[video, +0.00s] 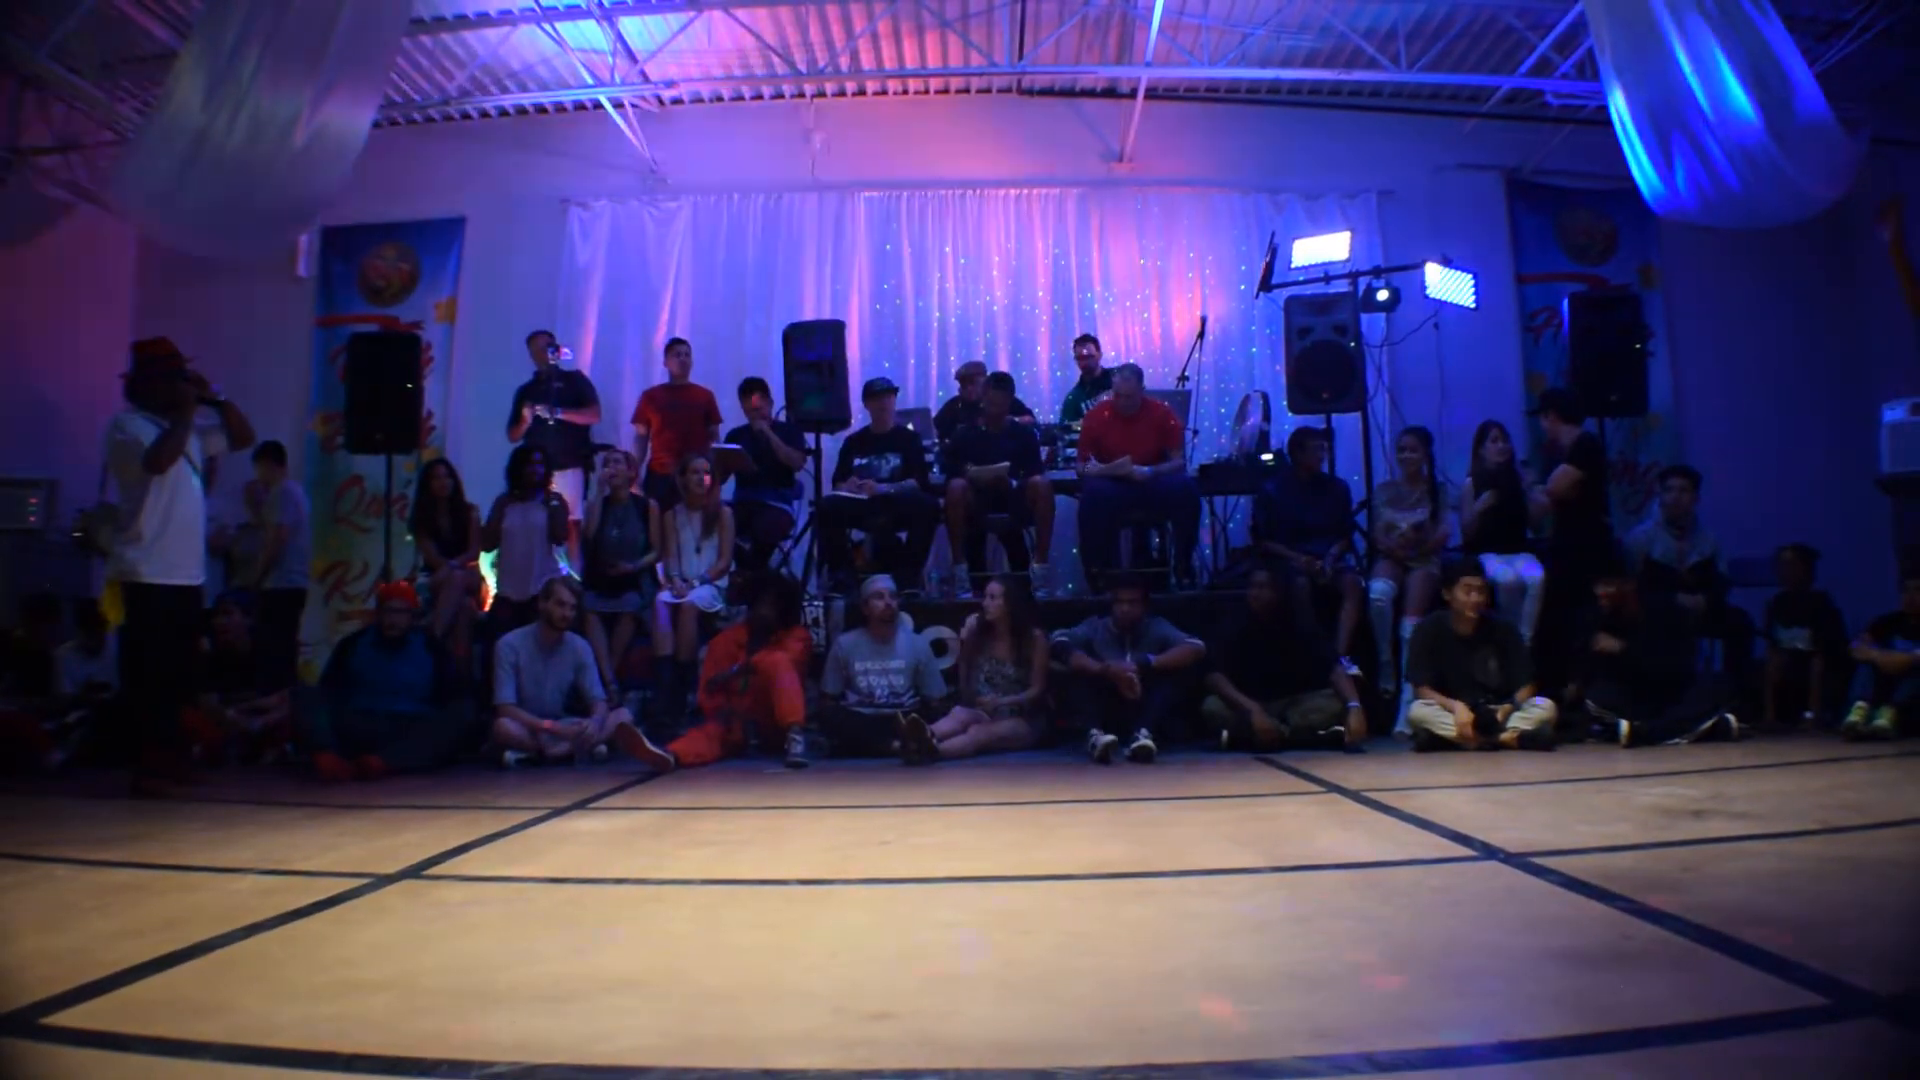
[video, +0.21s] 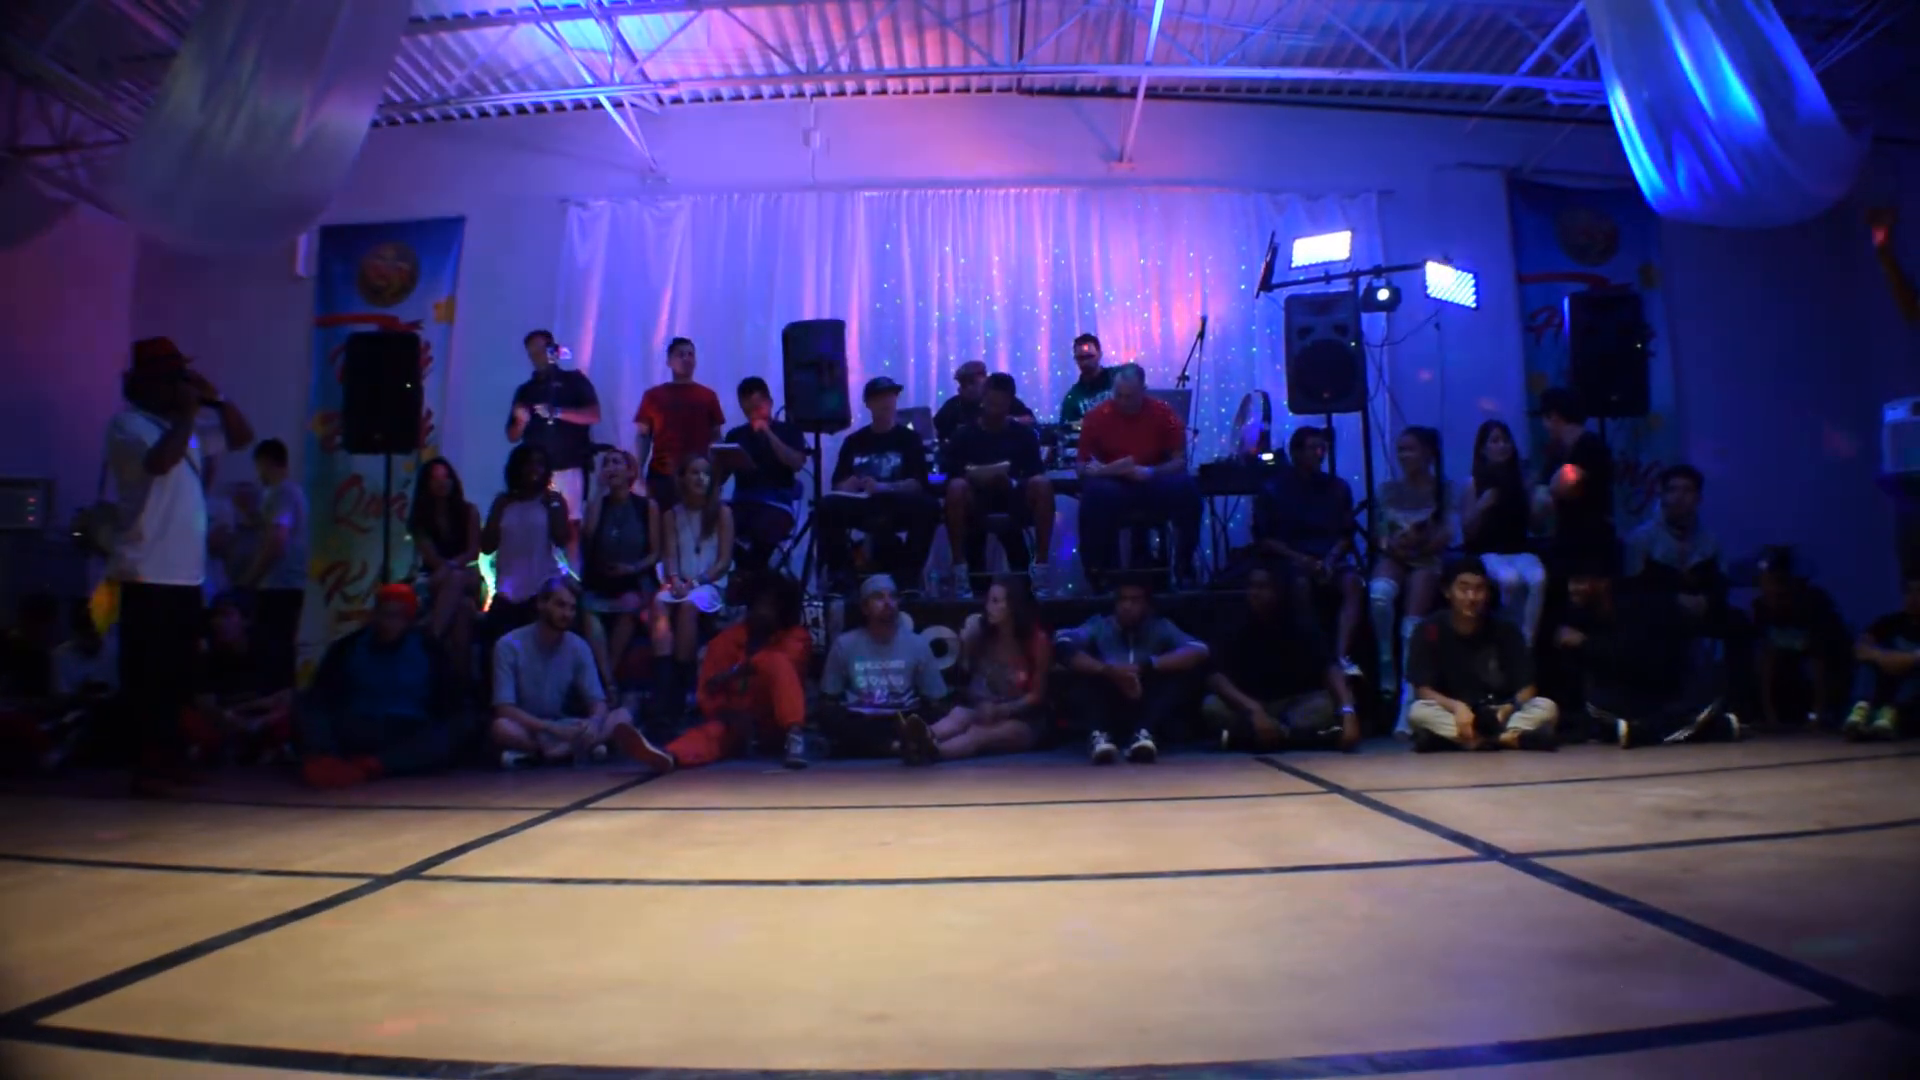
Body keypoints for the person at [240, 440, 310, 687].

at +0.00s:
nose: (258, 473)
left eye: (261, 466)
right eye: (257, 466)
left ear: (273, 465)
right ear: (279, 466)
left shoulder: (284, 493)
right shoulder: (290, 491)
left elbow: (277, 537)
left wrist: (258, 575)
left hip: (283, 585)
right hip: (286, 583)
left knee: (276, 649)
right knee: (280, 649)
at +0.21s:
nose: (258, 471)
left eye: (261, 465)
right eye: (257, 465)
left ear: (270, 464)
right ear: (281, 463)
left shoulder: (282, 494)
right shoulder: (282, 492)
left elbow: (276, 540)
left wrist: (250, 577)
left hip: (280, 585)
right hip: (279, 583)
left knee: (273, 650)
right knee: (276, 649)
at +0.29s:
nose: (259, 471)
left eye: (262, 464)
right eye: (259, 464)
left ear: (272, 463)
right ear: (282, 463)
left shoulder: (283, 495)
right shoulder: (285, 493)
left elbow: (275, 538)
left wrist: (250, 577)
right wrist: (253, 574)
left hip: (280, 584)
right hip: (281, 583)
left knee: (274, 649)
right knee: (277, 649)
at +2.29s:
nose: (259, 469)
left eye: (260, 462)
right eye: (259, 462)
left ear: (265, 462)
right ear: (283, 461)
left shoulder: (279, 495)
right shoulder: (291, 493)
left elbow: (270, 540)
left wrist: (248, 576)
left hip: (271, 588)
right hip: (284, 587)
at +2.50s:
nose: (263, 468)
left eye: (264, 461)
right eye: (263, 461)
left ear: (270, 462)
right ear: (288, 460)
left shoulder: (283, 499)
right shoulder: (292, 495)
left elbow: (273, 543)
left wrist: (254, 576)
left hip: (278, 588)